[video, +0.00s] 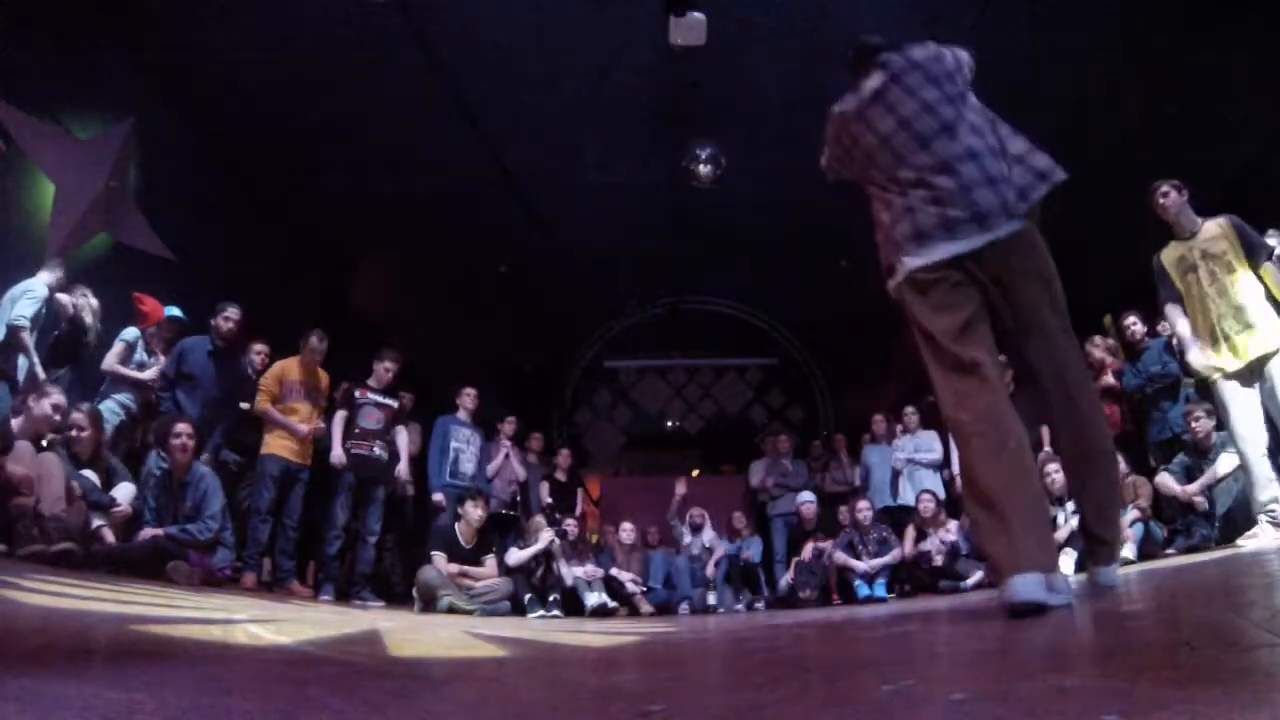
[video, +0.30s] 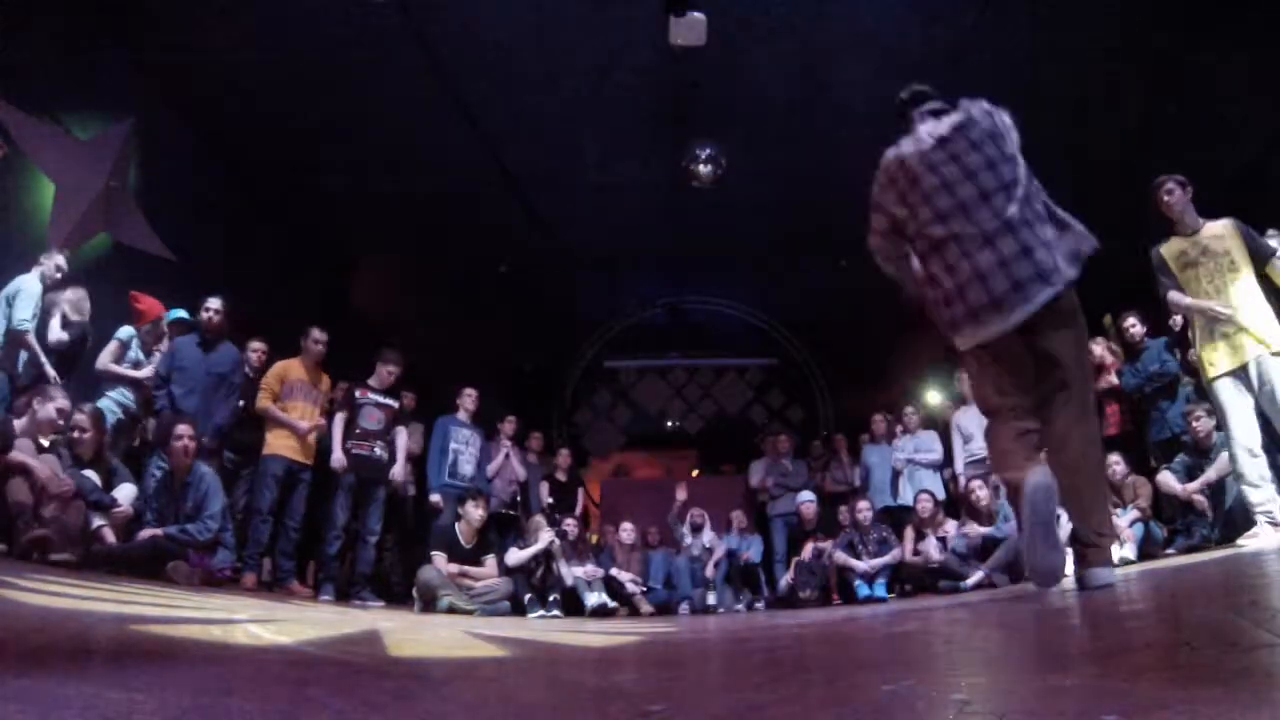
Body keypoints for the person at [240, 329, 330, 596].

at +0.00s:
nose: (314, 359)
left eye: (319, 355)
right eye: (311, 353)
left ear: (324, 355)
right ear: (303, 348)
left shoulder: (323, 378)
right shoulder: (281, 368)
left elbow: (318, 411)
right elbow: (261, 403)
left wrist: (318, 424)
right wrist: (293, 426)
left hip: (302, 453)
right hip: (276, 448)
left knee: (291, 518)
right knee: (262, 511)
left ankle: (285, 575)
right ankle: (251, 569)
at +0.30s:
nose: (321, 348)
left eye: (324, 344)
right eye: (316, 342)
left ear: (326, 348)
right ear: (304, 343)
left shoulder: (324, 380)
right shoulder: (282, 368)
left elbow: (322, 413)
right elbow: (262, 402)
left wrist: (319, 423)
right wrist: (295, 424)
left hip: (305, 452)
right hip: (278, 447)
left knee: (294, 518)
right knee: (263, 511)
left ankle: (285, 575)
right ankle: (251, 569)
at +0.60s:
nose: (321, 348)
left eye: (324, 344)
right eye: (317, 342)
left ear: (327, 349)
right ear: (304, 343)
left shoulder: (326, 382)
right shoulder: (283, 369)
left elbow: (325, 415)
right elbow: (263, 403)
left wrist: (319, 424)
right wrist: (294, 423)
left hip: (306, 454)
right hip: (278, 448)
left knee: (294, 519)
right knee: (263, 511)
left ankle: (285, 574)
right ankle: (251, 568)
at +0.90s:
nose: (321, 346)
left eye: (325, 342)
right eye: (317, 340)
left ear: (328, 348)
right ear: (305, 342)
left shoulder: (327, 381)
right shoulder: (283, 369)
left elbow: (326, 414)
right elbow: (263, 403)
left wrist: (320, 423)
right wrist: (292, 422)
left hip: (306, 454)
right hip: (278, 447)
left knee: (294, 518)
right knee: (263, 510)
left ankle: (286, 574)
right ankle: (251, 568)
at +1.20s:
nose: (321, 349)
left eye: (325, 345)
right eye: (317, 343)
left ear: (327, 350)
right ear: (305, 344)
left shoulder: (327, 384)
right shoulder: (283, 370)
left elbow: (326, 416)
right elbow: (265, 405)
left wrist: (320, 423)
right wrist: (293, 421)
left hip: (307, 454)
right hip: (279, 447)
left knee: (296, 518)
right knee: (265, 510)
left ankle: (286, 573)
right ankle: (251, 568)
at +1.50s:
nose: (322, 346)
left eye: (326, 342)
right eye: (318, 340)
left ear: (328, 348)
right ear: (305, 342)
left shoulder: (327, 383)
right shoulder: (284, 369)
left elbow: (328, 416)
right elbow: (265, 403)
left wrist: (320, 424)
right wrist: (296, 420)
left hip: (308, 454)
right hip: (280, 447)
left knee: (296, 518)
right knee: (266, 510)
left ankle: (286, 574)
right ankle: (251, 568)